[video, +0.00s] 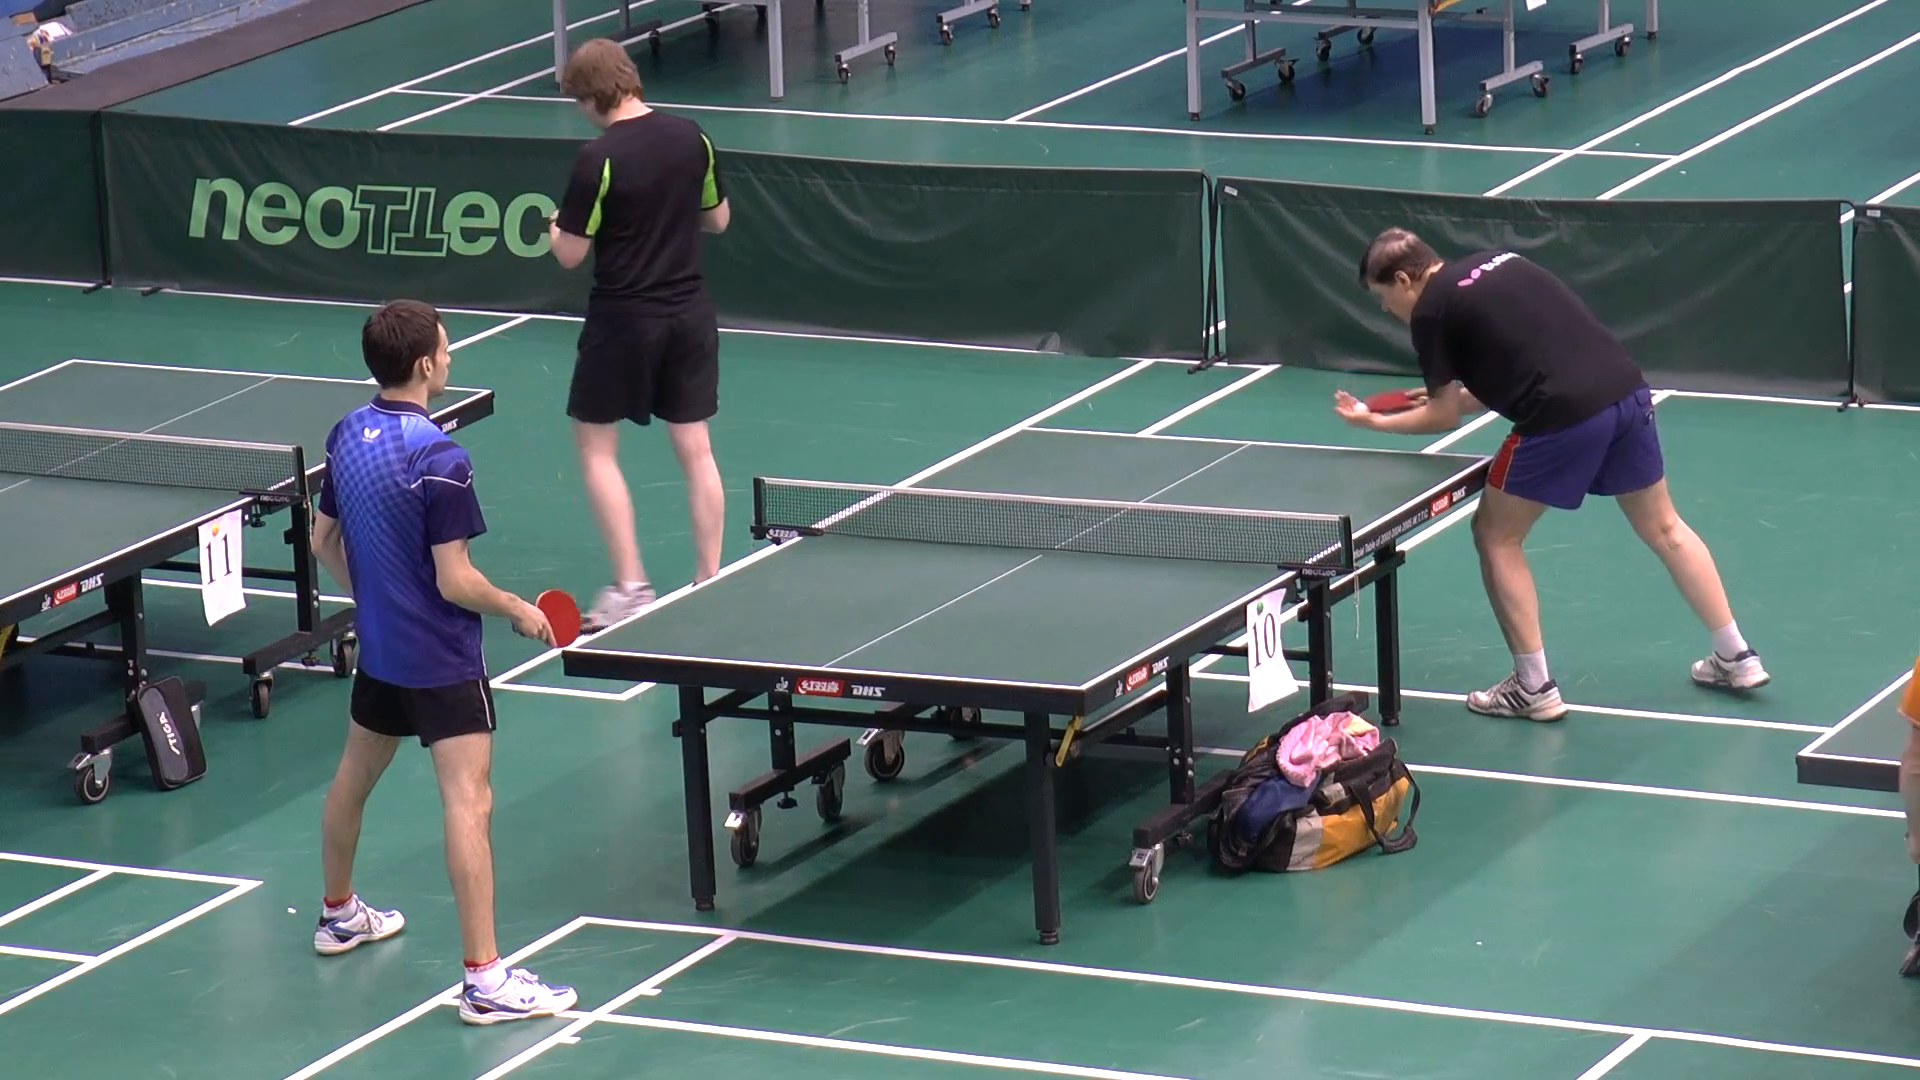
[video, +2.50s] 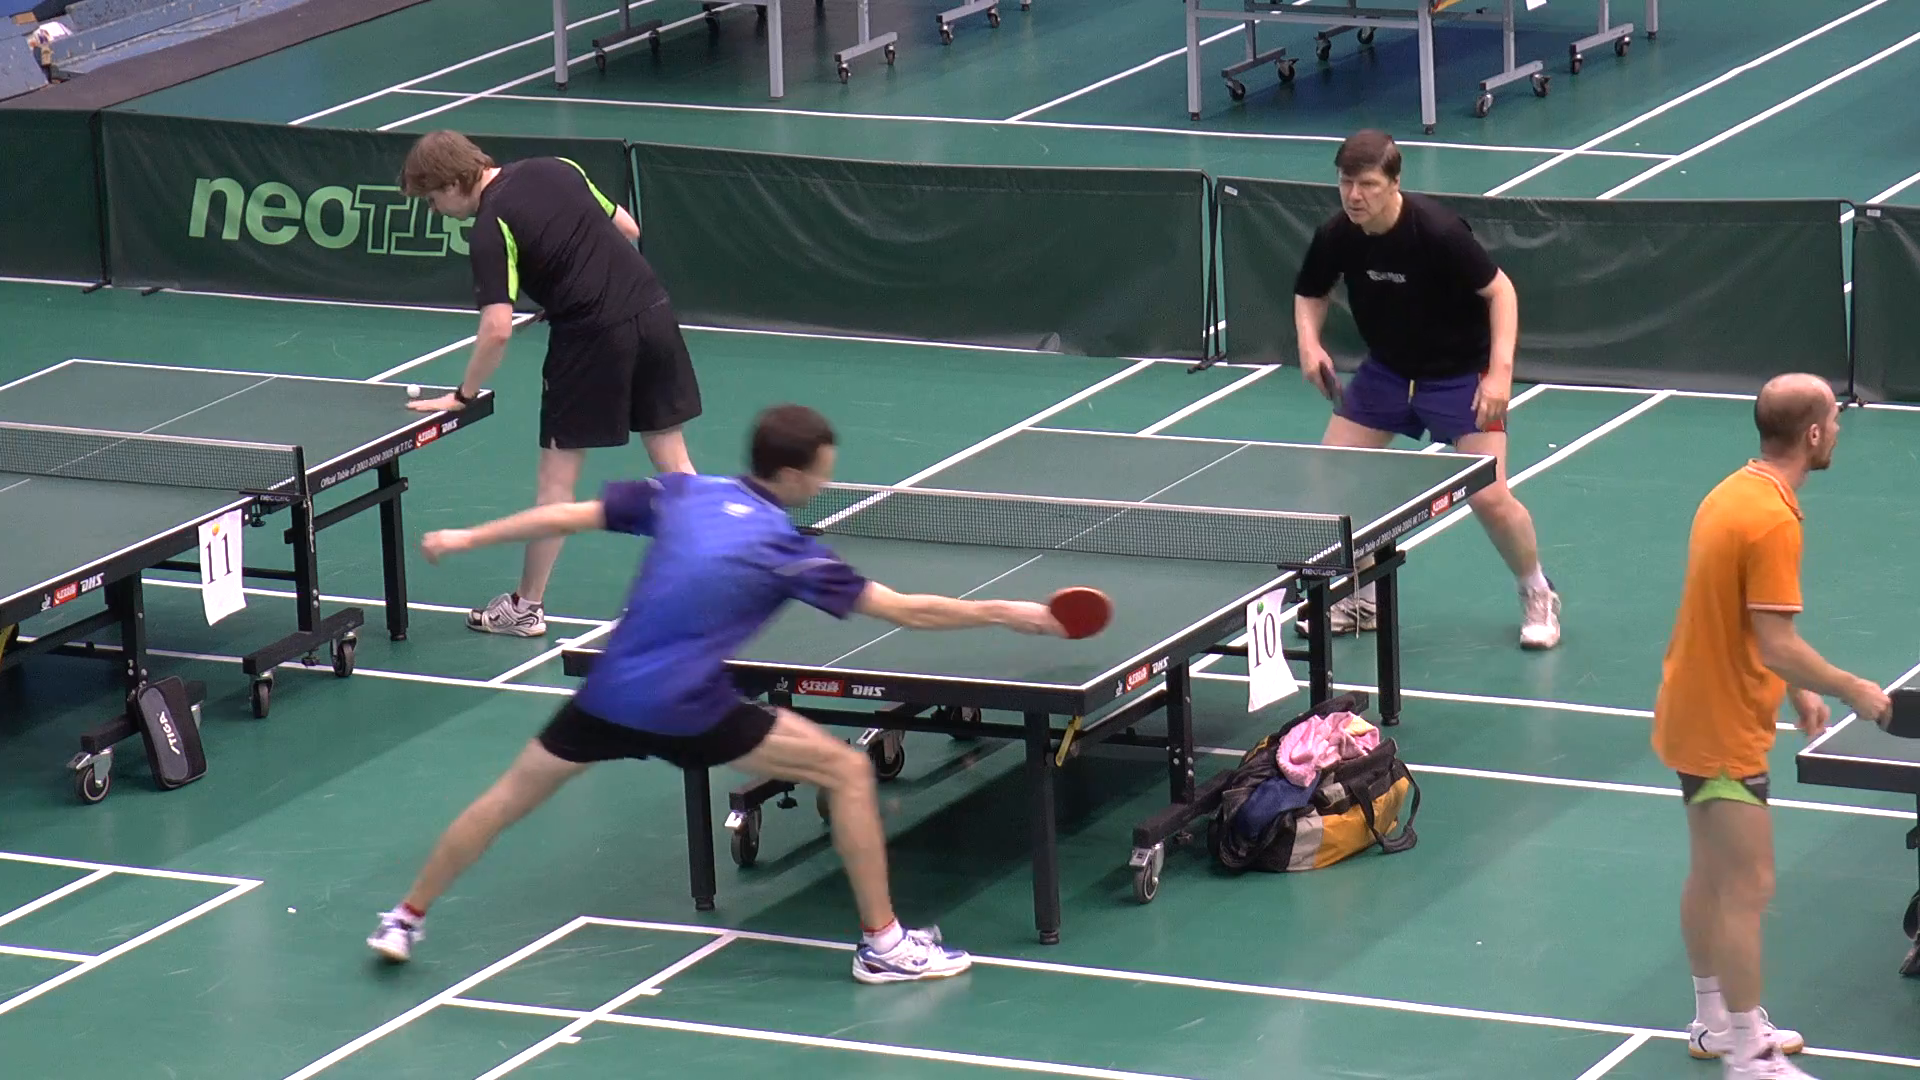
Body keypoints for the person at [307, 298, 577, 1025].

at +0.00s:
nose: (449, 355)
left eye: (445, 345)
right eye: (445, 347)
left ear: (378, 365)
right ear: (428, 363)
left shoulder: (348, 432)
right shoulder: (440, 454)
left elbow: (325, 541)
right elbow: (454, 578)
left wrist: (376, 595)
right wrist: (519, 609)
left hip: (380, 652)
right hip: (441, 660)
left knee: (353, 779)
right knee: (469, 803)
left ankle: (339, 912)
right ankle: (485, 975)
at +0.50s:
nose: (445, 356)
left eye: (442, 344)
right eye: (441, 346)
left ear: (376, 365)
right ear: (425, 360)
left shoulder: (350, 430)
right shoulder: (439, 448)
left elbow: (329, 538)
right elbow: (457, 575)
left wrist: (380, 596)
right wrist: (517, 602)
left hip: (383, 648)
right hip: (443, 655)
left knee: (355, 780)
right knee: (473, 802)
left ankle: (340, 912)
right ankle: (486, 974)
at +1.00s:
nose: (452, 353)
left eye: (448, 342)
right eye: (447, 344)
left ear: (385, 363)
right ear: (427, 361)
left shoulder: (353, 429)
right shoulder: (435, 454)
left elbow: (330, 539)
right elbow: (441, 578)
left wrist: (378, 601)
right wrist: (501, 618)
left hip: (380, 648)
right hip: (437, 656)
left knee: (354, 777)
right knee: (470, 804)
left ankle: (339, 912)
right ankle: (485, 975)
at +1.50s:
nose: (500, 380)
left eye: (498, 368)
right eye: (497, 370)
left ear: (429, 377)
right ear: (480, 380)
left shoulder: (385, 440)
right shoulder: (475, 474)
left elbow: (335, 543)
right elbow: (502, 597)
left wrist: (386, 595)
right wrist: (555, 600)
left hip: (393, 658)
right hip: (458, 668)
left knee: (371, 779)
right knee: (526, 801)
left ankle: (350, 912)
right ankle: (490, 975)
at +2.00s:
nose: (524, 418)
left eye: (524, 406)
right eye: (521, 406)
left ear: (458, 402)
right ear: (493, 410)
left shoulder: (404, 460)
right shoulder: (481, 490)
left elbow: (357, 562)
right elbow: (525, 609)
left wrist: (424, 595)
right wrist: (613, 623)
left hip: (408, 676)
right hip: (469, 686)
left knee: (416, 778)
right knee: (572, 808)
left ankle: (346, 926)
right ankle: (495, 966)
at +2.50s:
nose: (830, 477)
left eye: (827, 464)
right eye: (825, 466)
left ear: (757, 460)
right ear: (795, 471)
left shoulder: (680, 491)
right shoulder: (790, 546)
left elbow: (562, 515)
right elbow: (905, 611)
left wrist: (467, 537)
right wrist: (1005, 614)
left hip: (604, 694)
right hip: (688, 708)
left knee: (508, 795)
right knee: (847, 769)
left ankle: (402, 919)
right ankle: (885, 939)